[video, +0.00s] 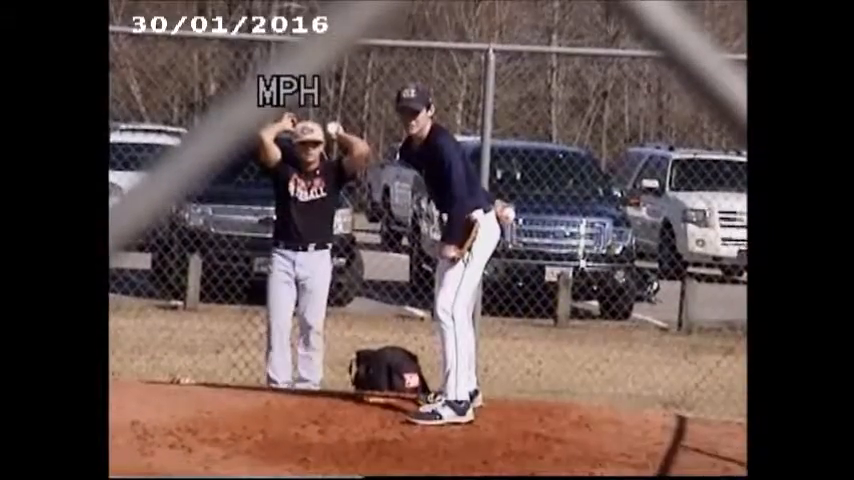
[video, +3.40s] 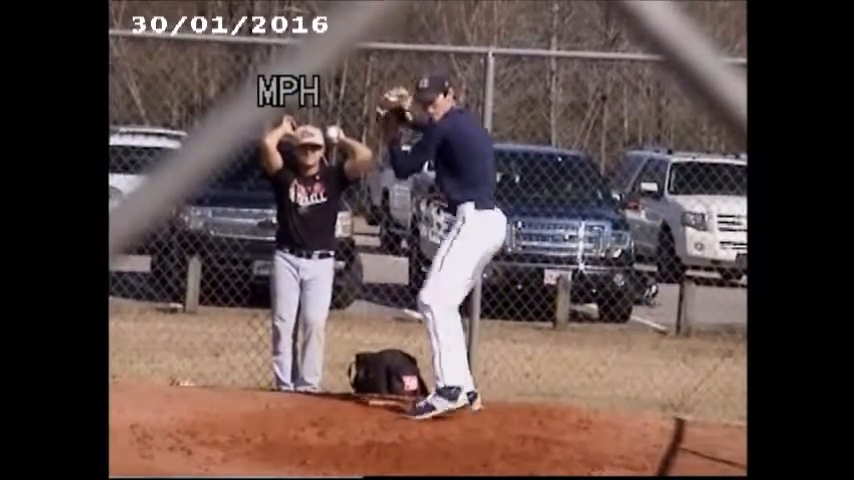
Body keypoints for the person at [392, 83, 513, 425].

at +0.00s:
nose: (411, 120)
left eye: (416, 113)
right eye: (405, 114)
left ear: (430, 112)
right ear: (400, 116)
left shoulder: (443, 143)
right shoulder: (411, 147)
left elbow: (459, 195)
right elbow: (444, 183)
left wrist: (450, 240)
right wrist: (491, 204)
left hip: (477, 221)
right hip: (460, 220)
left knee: (447, 307)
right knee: (457, 309)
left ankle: (456, 398)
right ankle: (466, 388)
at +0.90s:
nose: (397, 120)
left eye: (403, 113)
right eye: (392, 115)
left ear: (418, 111)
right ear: (389, 118)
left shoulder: (432, 141)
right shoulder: (411, 149)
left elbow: (460, 185)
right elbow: (455, 186)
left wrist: (444, 228)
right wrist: (493, 211)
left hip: (477, 224)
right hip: (459, 226)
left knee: (447, 310)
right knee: (444, 310)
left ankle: (456, 400)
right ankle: (463, 389)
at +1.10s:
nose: (395, 121)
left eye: (400, 114)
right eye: (392, 116)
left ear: (418, 110)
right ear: (392, 118)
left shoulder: (427, 140)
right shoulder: (420, 143)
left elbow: (446, 191)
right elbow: (445, 194)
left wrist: (422, 226)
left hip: (479, 226)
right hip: (464, 228)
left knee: (445, 311)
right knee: (431, 311)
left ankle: (457, 400)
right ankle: (461, 388)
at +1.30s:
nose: (407, 112)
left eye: (412, 105)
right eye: (404, 107)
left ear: (430, 103)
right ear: (407, 108)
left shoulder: (428, 133)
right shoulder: (440, 134)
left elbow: (429, 187)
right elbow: (447, 204)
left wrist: (399, 213)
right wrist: (410, 224)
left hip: (476, 222)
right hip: (473, 222)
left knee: (446, 308)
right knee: (430, 308)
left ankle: (452, 393)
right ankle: (461, 387)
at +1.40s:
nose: (414, 109)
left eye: (419, 102)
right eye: (412, 104)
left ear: (438, 100)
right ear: (436, 103)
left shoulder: (432, 130)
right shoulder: (453, 127)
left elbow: (422, 185)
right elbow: (434, 183)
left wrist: (388, 186)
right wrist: (392, 181)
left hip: (474, 221)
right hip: (485, 219)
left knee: (442, 306)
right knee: (432, 308)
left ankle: (457, 391)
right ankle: (458, 388)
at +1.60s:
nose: (422, 98)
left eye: (427, 92)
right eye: (419, 93)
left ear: (446, 90)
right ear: (424, 95)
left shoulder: (434, 121)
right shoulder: (456, 121)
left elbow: (400, 163)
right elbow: (415, 153)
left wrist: (381, 136)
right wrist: (395, 126)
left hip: (472, 219)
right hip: (482, 218)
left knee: (438, 305)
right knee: (440, 305)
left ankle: (456, 394)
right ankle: (462, 390)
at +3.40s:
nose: (427, 111)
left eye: (431, 103)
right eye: (424, 105)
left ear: (450, 96)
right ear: (447, 100)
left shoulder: (443, 128)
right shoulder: (467, 121)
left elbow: (403, 168)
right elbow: (434, 131)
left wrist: (391, 134)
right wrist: (408, 118)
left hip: (474, 219)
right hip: (490, 218)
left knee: (433, 298)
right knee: (443, 302)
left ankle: (451, 386)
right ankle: (463, 386)